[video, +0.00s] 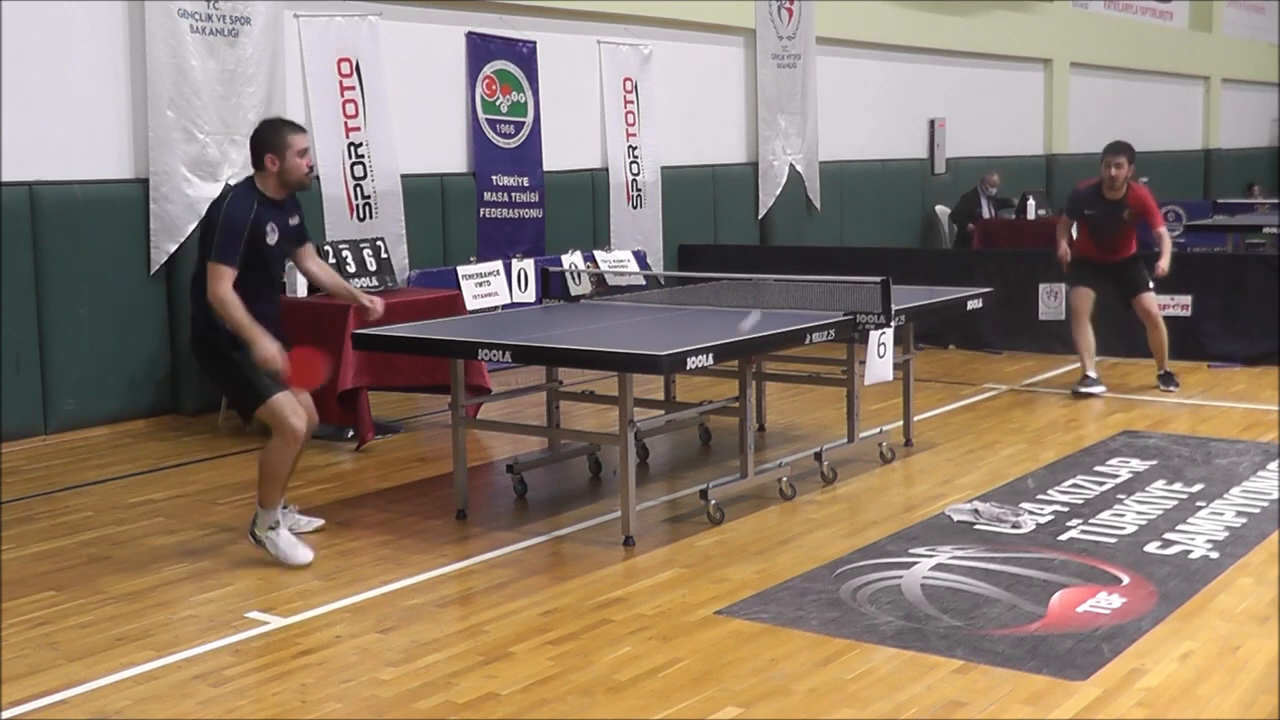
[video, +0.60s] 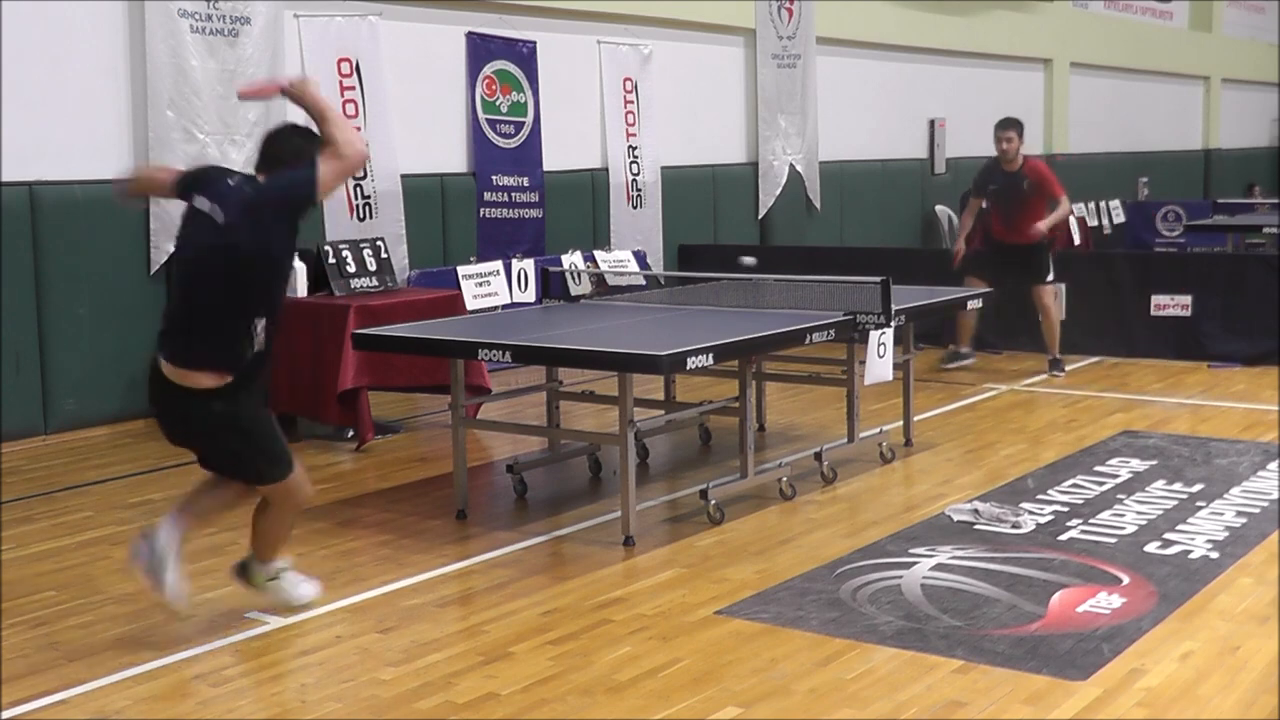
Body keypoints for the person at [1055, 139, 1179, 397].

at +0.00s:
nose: (1112, 172)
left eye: (1119, 166)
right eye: (1108, 166)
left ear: (1129, 170)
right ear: (1101, 167)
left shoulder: (1140, 196)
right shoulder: (1082, 194)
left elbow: (1162, 234)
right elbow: (1064, 223)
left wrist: (1164, 259)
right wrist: (1063, 244)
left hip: (1126, 261)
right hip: (1088, 261)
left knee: (1152, 313)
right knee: (1079, 309)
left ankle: (1163, 372)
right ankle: (1090, 375)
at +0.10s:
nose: (1098, 167)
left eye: (1104, 161)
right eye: (1094, 161)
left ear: (1115, 165)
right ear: (1088, 162)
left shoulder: (1128, 196)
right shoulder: (1072, 192)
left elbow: (1149, 232)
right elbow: (1057, 221)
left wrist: (1155, 256)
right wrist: (1054, 240)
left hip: (1119, 263)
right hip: (1080, 263)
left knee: (1145, 311)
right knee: (1055, 307)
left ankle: (1163, 371)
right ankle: (1059, 363)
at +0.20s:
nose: (1070, 157)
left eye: (1076, 151)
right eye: (1066, 151)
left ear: (1088, 154)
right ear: (1061, 154)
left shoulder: (1104, 186)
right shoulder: (1048, 188)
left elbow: (1122, 217)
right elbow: (1027, 218)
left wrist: (1138, 243)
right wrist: (1027, 234)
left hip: (1099, 263)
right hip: (1057, 265)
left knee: (1126, 309)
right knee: (1032, 319)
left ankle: (1160, 370)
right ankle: (1036, 362)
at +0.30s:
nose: (1051, 152)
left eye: (1056, 147)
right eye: (1047, 147)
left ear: (1068, 149)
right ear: (1042, 149)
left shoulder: (1085, 180)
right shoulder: (1030, 183)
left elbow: (1104, 209)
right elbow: (1011, 212)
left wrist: (1123, 234)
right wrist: (1008, 229)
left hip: (1081, 259)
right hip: (1039, 260)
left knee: (1111, 311)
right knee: (1017, 315)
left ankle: (1146, 365)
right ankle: (1036, 362)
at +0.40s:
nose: (1031, 139)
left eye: (1037, 133)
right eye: (1027, 133)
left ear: (1049, 136)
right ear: (1022, 136)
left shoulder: (1066, 165)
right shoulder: (1011, 168)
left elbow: (1094, 196)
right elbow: (994, 199)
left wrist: (1101, 222)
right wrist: (985, 221)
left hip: (1061, 242)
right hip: (1024, 244)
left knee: (1074, 292)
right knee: (1010, 300)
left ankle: (1093, 357)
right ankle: (1032, 358)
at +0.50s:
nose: (1020, 135)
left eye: (1026, 130)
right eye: (1016, 130)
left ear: (1038, 131)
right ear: (1012, 132)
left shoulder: (1055, 161)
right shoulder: (1003, 162)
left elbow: (1085, 192)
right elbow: (986, 196)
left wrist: (1079, 220)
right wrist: (975, 223)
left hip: (1050, 237)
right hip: (1013, 237)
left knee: (1057, 293)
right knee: (997, 294)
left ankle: (1064, 353)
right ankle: (1016, 349)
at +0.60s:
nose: (1003, 146)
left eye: (1008, 140)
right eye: (999, 140)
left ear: (1020, 142)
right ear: (995, 142)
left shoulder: (1036, 169)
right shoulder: (988, 172)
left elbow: (1065, 205)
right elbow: (972, 208)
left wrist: (1046, 223)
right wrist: (961, 239)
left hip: (1034, 247)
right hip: (996, 246)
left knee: (1044, 301)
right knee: (970, 291)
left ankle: (1054, 357)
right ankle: (963, 350)